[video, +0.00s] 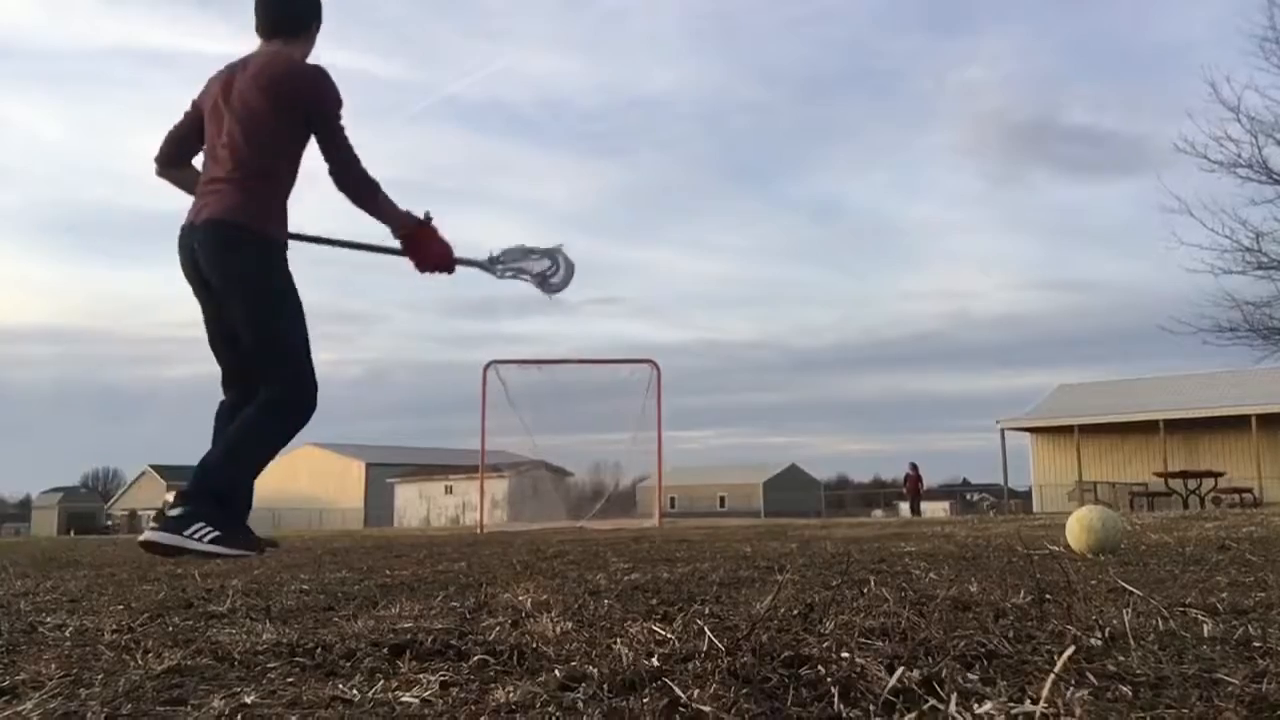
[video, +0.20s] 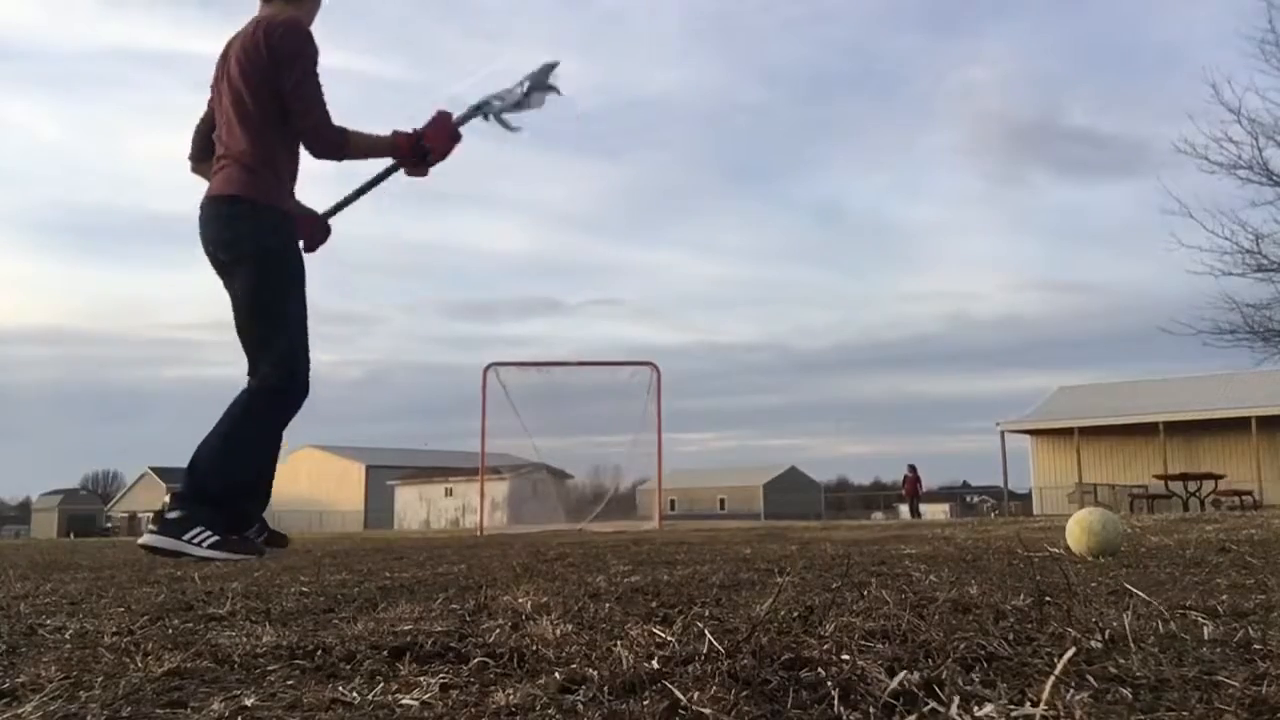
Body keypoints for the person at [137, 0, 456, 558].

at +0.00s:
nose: (314, 39)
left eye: (307, 29)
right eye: (316, 29)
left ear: (261, 24)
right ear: (313, 27)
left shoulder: (223, 79)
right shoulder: (309, 79)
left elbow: (169, 162)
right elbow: (348, 174)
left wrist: (227, 197)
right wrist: (407, 225)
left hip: (198, 238)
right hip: (247, 239)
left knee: (242, 386)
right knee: (293, 391)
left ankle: (225, 522)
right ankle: (196, 513)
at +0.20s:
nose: (318, 10)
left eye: (318, 5)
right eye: (318, 3)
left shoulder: (237, 45)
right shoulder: (288, 31)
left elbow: (204, 155)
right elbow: (322, 139)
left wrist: (291, 211)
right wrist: (411, 144)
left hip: (226, 214)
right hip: (255, 218)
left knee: (275, 378)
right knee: (283, 379)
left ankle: (238, 516)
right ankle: (191, 516)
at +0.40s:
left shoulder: (263, 18)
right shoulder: (282, 13)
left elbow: (248, 137)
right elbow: (304, 112)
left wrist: (315, 186)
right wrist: (395, 96)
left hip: (263, 199)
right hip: (258, 199)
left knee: (338, 354)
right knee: (268, 361)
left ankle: (275, 503)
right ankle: (184, 512)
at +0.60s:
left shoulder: (279, 15)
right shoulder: (295, 7)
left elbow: (275, 131)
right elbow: (288, 91)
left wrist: (338, 180)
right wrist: (367, 96)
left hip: (292, 196)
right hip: (274, 193)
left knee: (359, 350)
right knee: (248, 358)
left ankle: (364, 509)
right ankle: (183, 514)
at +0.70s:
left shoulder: (325, 18)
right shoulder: (304, 5)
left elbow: (317, 129)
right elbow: (297, 91)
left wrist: (369, 175)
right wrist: (377, 96)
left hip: (323, 196)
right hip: (282, 191)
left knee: (373, 352)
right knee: (254, 359)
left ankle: (367, 520)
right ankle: (185, 513)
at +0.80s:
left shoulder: (350, 18)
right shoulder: (318, 4)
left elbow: (344, 126)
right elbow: (315, 82)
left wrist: (400, 164)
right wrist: (400, 109)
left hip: (352, 195)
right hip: (303, 186)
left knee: (380, 352)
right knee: (287, 350)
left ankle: (365, 523)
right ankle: (196, 502)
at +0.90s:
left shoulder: (380, 20)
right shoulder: (330, 4)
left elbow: (374, 127)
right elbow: (328, 75)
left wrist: (428, 138)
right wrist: (408, 110)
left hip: (374, 186)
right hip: (323, 176)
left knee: (391, 352)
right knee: (324, 339)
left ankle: (365, 522)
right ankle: (216, 476)